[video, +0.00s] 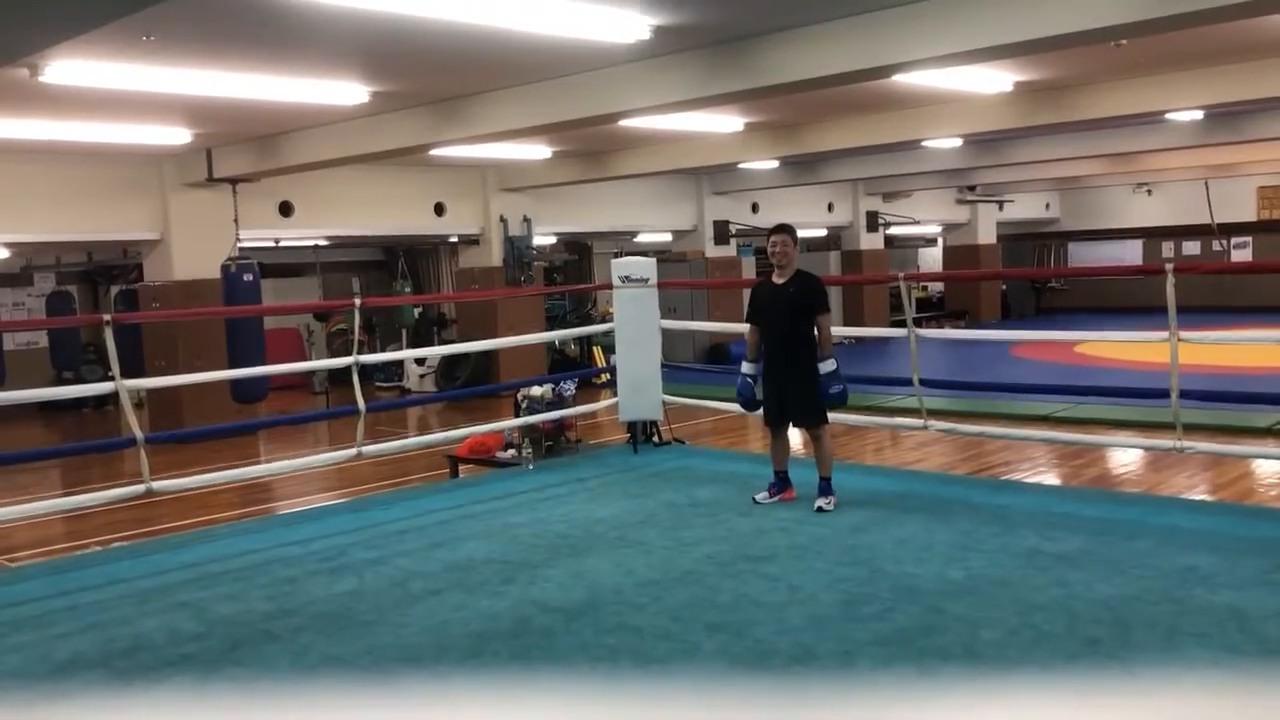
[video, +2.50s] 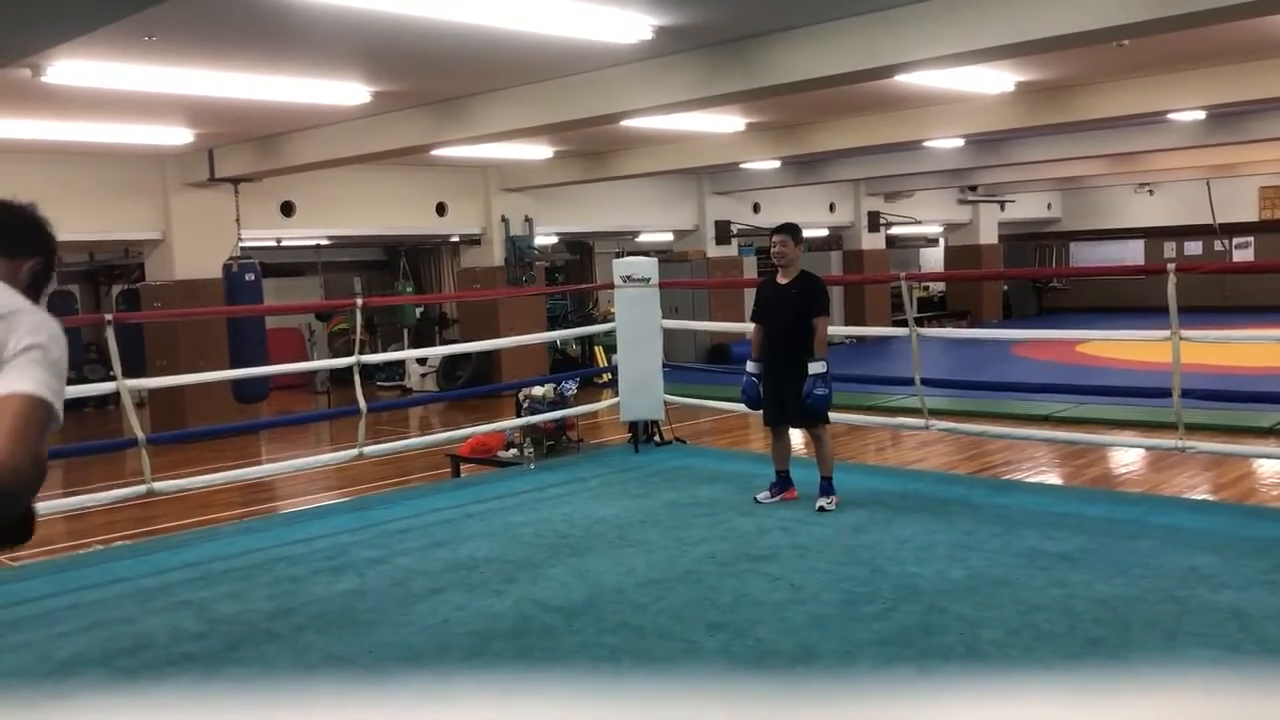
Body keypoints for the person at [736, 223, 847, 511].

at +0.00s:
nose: (778, 250)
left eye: (784, 244)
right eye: (773, 245)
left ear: (795, 248)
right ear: (767, 250)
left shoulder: (811, 284)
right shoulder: (760, 289)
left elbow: (824, 330)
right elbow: (753, 334)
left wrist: (829, 371)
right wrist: (748, 374)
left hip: (805, 371)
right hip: (773, 372)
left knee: (816, 430)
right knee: (776, 429)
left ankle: (825, 488)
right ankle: (781, 483)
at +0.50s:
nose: (777, 250)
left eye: (783, 245)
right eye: (772, 245)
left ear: (794, 249)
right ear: (766, 250)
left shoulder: (808, 284)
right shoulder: (761, 289)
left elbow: (815, 329)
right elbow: (756, 333)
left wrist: (809, 370)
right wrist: (751, 374)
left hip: (800, 369)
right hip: (770, 369)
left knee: (814, 431)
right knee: (774, 429)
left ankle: (824, 490)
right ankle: (780, 484)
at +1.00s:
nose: (773, 253)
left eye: (779, 247)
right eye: (769, 248)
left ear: (792, 250)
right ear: (764, 252)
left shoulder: (806, 286)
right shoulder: (759, 290)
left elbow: (814, 331)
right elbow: (753, 334)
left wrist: (814, 373)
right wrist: (749, 375)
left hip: (799, 372)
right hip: (768, 372)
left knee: (812, 432)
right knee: (773, 430)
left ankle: (822, 490)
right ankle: (779, 485)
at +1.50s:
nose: (774, 252)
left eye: (781, 247)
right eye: (770, 248)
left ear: (794, 250)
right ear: (766, 252)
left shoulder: (808, 286)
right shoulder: (761, 289)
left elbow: (816, 331)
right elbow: (754, 333)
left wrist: (815, 372)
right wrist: (748, 375)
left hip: (801, 372)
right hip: (770, 372)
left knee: (813, 432)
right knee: (774, 430)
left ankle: (823, 490)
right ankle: (779, 485)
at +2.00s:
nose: (777, 250)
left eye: (783, 245)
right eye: (773, 245)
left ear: (797, 248)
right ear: (769, 250)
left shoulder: (810, 285)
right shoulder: (763, 286)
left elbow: (818, 329)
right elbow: (756, 330)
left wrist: (816, 371)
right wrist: (750, 372)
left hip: (802, 370)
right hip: (771, 370)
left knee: (815, 429)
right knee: (775, 428)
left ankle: (825, 489)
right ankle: (781, 483)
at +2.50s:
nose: (776, 250)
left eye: (783, 245)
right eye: (773, 245)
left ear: (798, 248)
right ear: (770, 250)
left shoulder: (813, 285)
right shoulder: (766, 286)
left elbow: (821, 329)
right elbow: (758, 330)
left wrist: (819, 372)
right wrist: (752, 372)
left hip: (804, 370)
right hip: (773, 370)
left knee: (817, 430)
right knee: (777, 428)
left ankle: (826, 488)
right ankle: (783, 483)